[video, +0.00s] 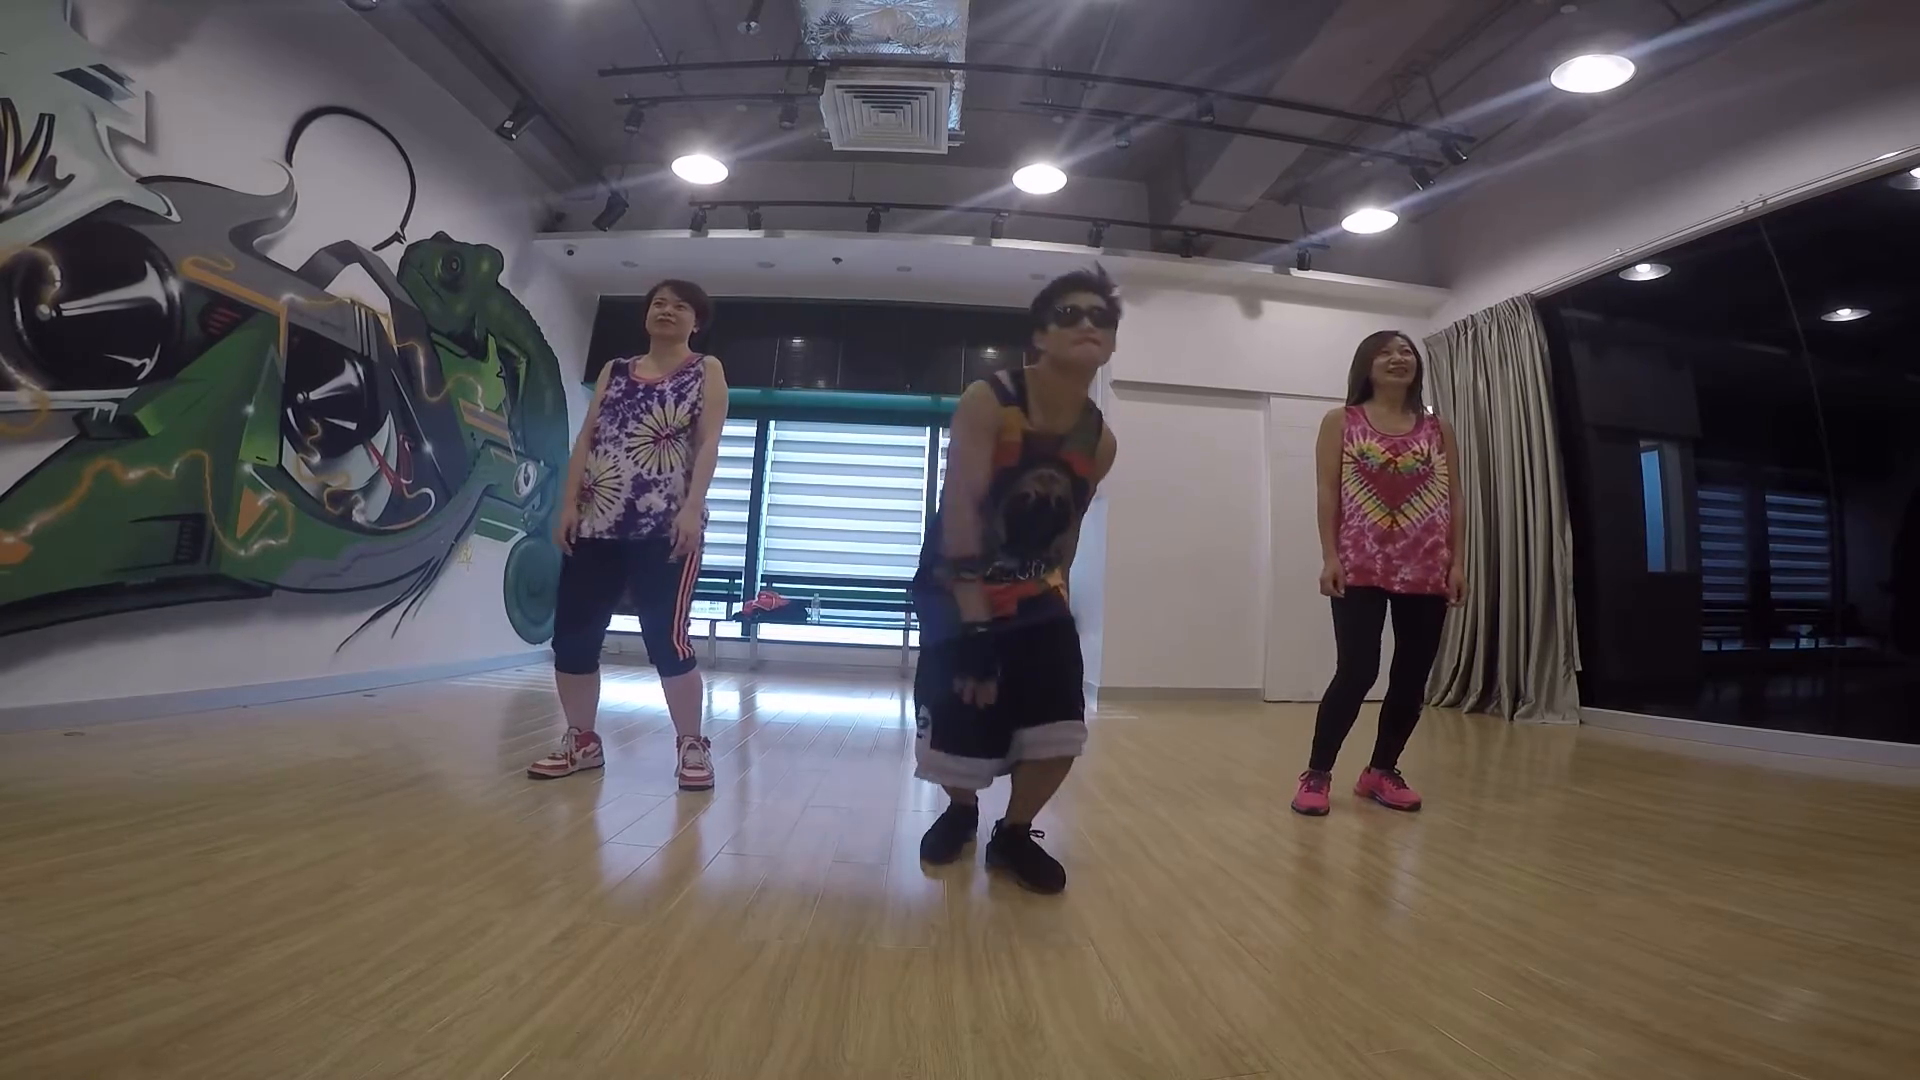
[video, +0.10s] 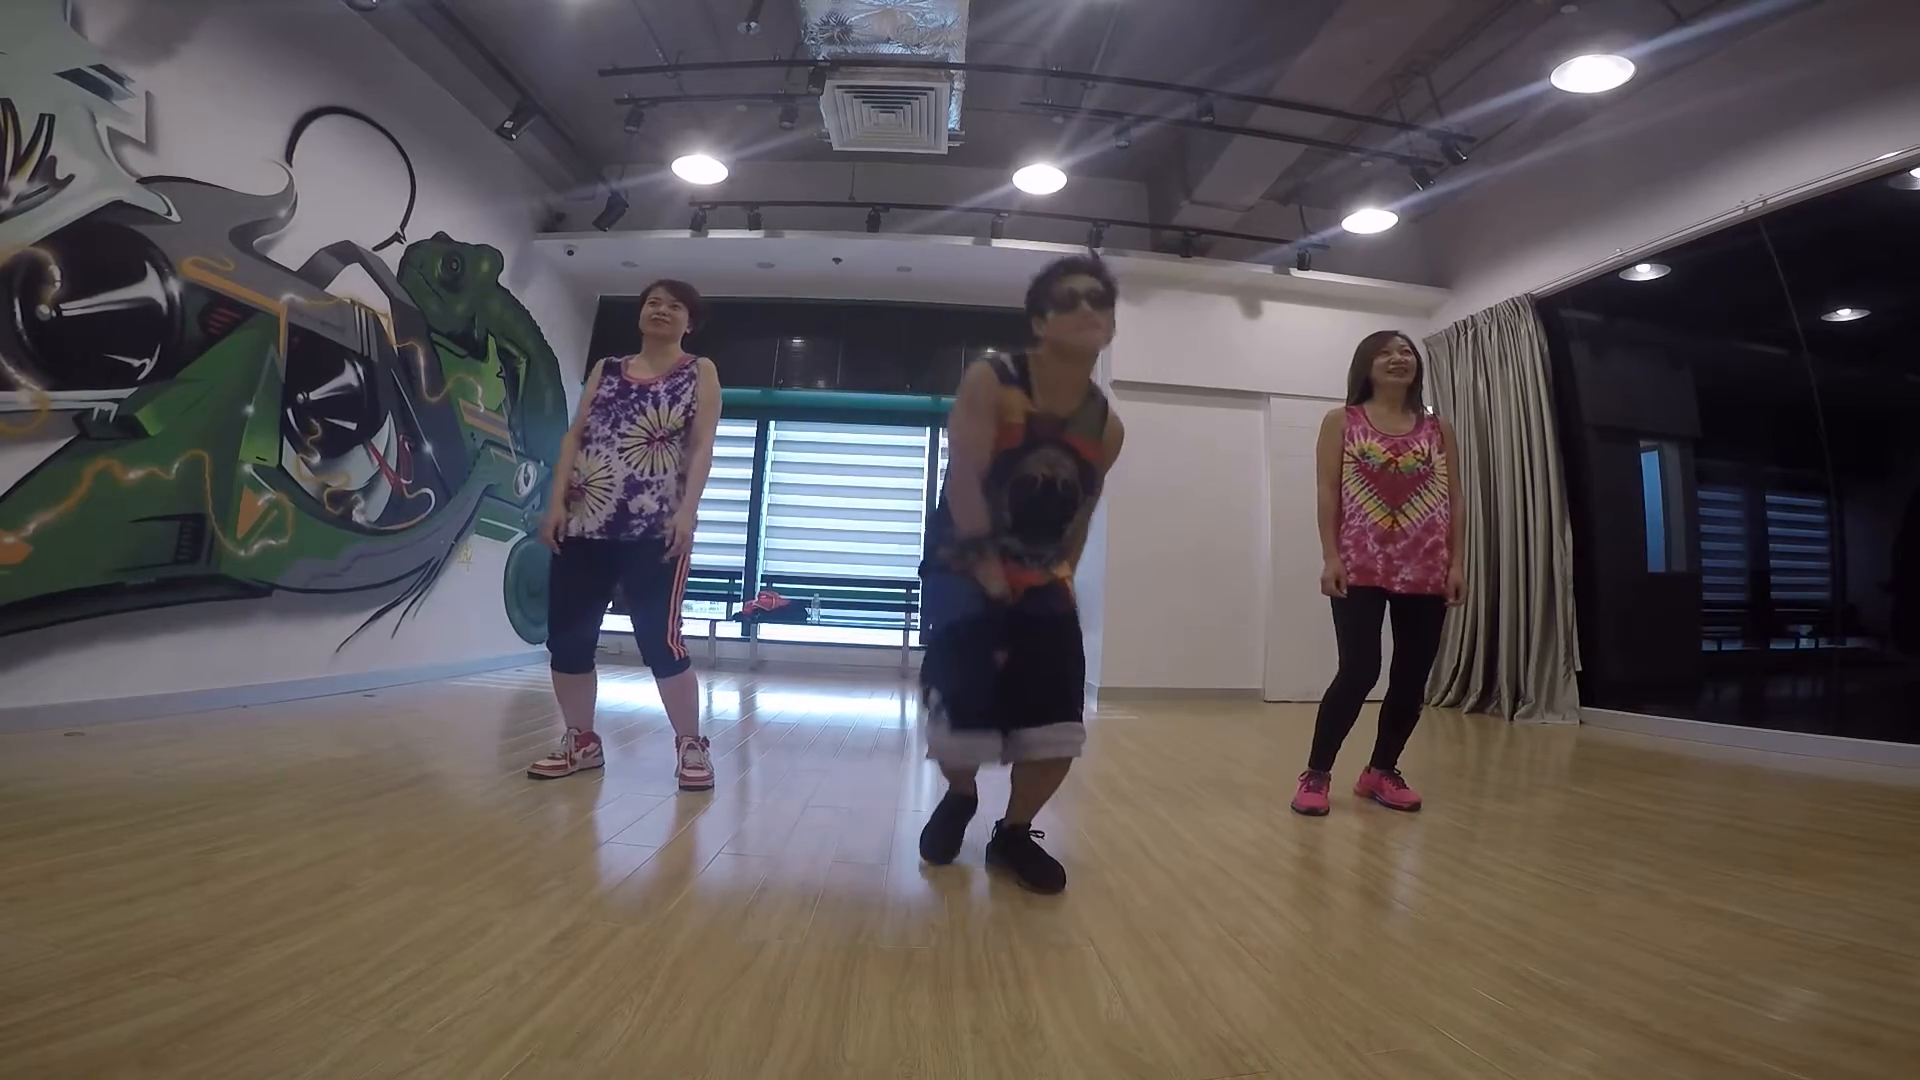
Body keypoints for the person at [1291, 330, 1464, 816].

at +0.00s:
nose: (1398, 358)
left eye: (1406, 353)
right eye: (1386, 352)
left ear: (1418, 368)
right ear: (1366, 366)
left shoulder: (1437, 428)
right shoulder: (1341, 421)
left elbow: (1453, 497)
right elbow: (1328, 491)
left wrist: (1456, 562)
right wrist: (1330, 557)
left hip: (1425, 570)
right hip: (1361, 567)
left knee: (1410, 677)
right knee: (1357, 672)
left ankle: (1381, 772)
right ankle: (1317, 775)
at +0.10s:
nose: (1398, 358)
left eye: (1406, 353)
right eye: (1386, 353)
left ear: (1418, 368)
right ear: (1366, 367)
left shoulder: (1437, 428)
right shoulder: (1341, 421)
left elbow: (1453, 497)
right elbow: (1328, 490)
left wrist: (1455, 562)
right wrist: (1331, 557)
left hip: (1424, 570)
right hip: (1360, 567)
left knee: (1410, 677)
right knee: (1359, 670)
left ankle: (1381, 772)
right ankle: (1317, 776)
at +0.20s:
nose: (1398, 356)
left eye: (1406, 351)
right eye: (1385, 351)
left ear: (1418, 368)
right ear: (1365, 366)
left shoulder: (1437, 428)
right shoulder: (1341, 420)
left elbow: (1452, 496)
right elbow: (1327, 490)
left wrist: (1455, 562)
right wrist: (1331, 557)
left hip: (1424, 569)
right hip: (1361, 566)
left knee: (1412, 677)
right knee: (1355, 669)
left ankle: (1381, 772)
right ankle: (1310, 772)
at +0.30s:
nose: (1393, 354)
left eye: (1402, 349)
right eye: (1380, 349)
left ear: (1414, 365)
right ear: (1361, 365)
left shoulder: (1434, 426)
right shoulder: (1338, 420)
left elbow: (1452, 497)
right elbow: (1325, 490)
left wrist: (1455, 561)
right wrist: (1328, 556)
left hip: (1423, 567)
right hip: (1358, 564)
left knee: (1410, 676)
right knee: (1343, 666)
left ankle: (1380, 771)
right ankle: (1294, 770)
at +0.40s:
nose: (1387, 351)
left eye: (1396, 346)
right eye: (1374, 346)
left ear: (1409, 363)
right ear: (1355, 363)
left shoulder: (1432, 423)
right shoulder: (1334, 418)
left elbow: (1449, 494)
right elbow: (1321, 488)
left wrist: (1452, 560)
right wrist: (1321, 554)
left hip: (1417, 566)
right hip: (1351, 562)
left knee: (1405, 675)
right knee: (1329, 666)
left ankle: (1379, 771)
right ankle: (1281, 774)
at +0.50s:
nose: (1380, 349)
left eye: (1389, 344)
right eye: (1368, 345)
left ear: (1403, 361)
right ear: (1349, 362)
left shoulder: (1427, 423)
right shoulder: (1327, 417)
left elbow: (1442, 495)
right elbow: (1312, 488)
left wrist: (1444, 564)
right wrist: (1309, 555)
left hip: (1408, 567)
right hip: (1340, 564)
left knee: (1399, 675)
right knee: (1321, 671)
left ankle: (1379, 772)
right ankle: (1283, 780)